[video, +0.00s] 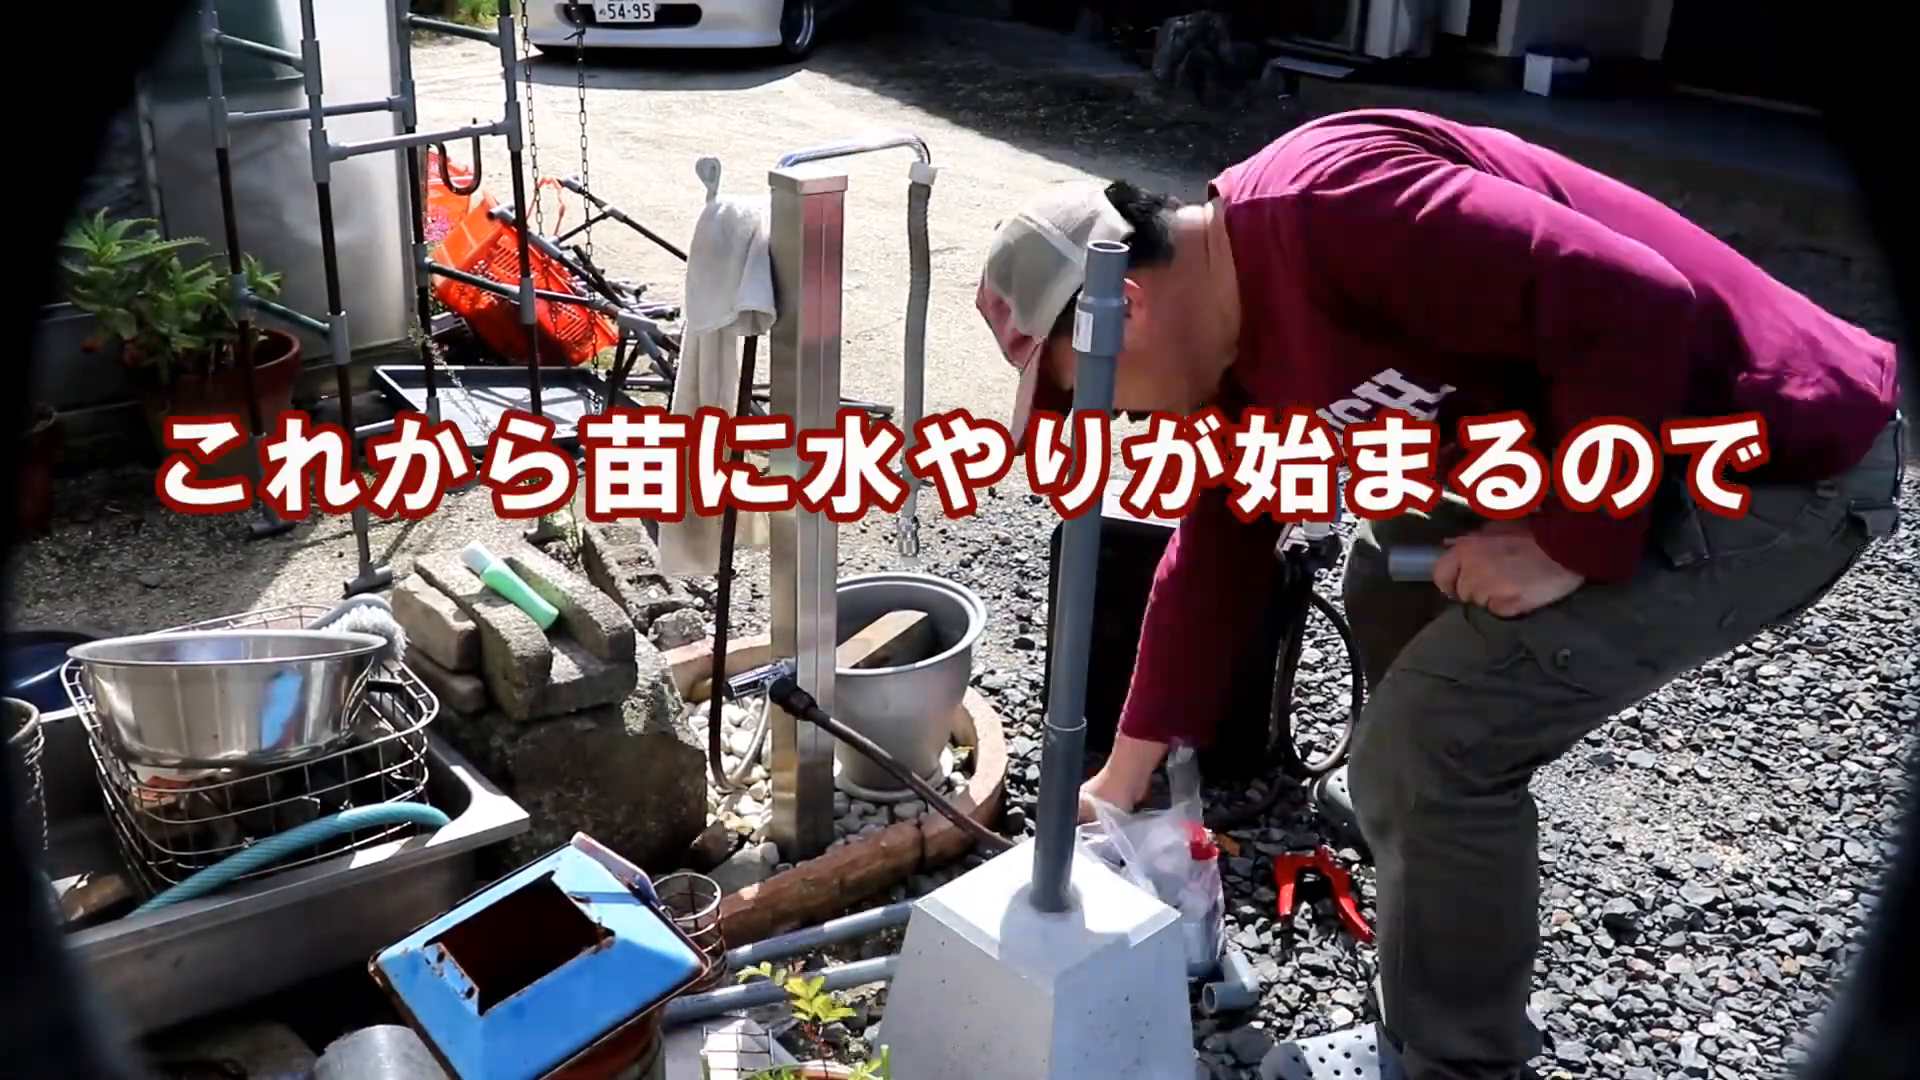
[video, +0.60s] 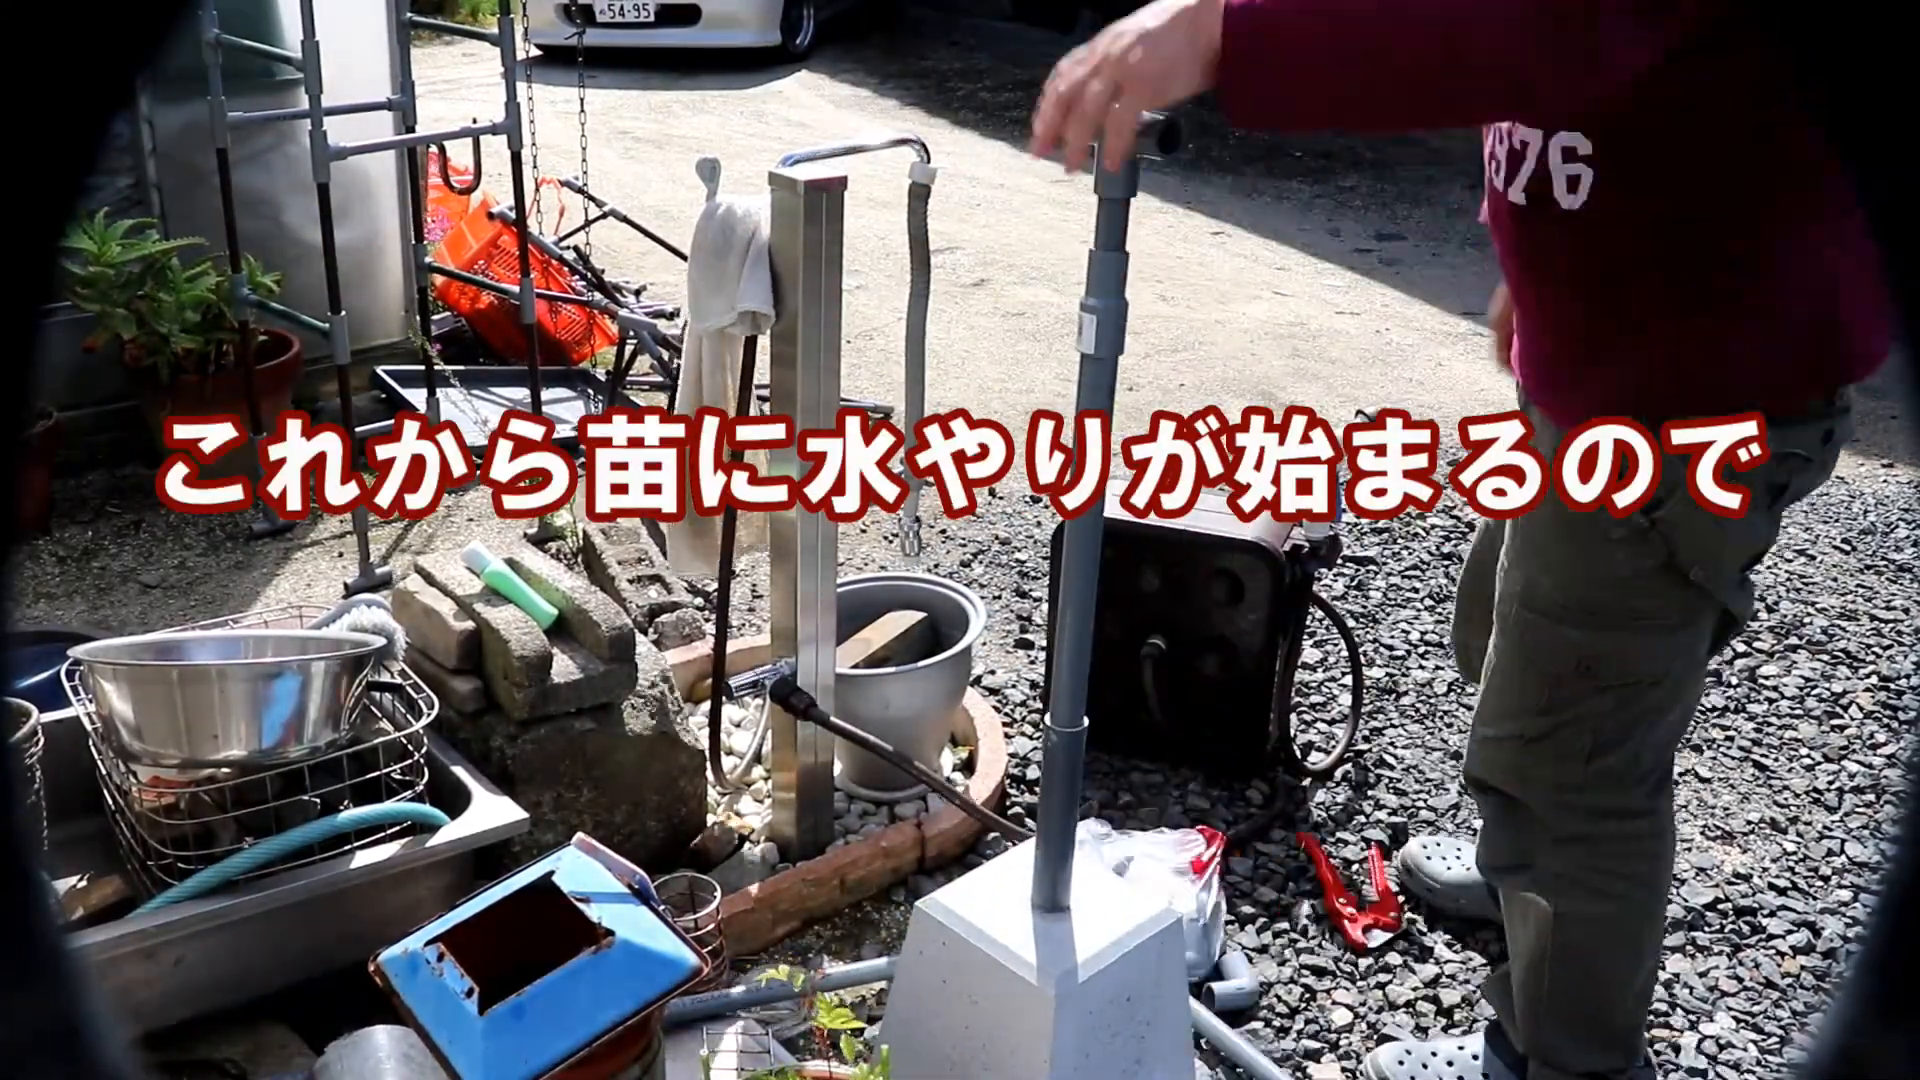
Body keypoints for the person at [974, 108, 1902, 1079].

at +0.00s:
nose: (1136, 427)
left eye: (1110, 400)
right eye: (1107, 419)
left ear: (1136, 302)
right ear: (1131, 293)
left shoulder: (1335, 210)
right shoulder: (1244, 341)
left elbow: (1647, 311)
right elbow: (1221, 536)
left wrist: (1564, 536)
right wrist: (1134, 762)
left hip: (1791, 463)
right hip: (1658, 442)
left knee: (1431, 730)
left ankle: (1456, 1060)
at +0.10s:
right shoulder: (1513, 8)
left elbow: (1754, 139)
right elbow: (1512, 130)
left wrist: (1573, 372)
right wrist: (1461, 356)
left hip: (1824, 374)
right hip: (1691, 337)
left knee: (1587, 757)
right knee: (1556, 647)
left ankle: (1570, 1051)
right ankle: (1558, 876)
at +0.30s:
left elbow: (1754, 28)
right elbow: (1611, 3)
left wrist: (1619, 94)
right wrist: (1556, 67)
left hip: (1714, 274)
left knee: (1586, 694)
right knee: (1626, 620)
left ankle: (1580, 1046)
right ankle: (1574, 875)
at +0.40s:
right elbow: (1552, 12)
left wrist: (1782, 148)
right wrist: (1522, 135)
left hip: (1740, 325)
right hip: (1619, 306)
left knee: (1619, 716)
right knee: (1575, 634)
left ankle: (1587, 1046)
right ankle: (1569, 881)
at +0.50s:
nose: (1182, 197)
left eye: (1176, 151)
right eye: (1157, 173)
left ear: (1278, 67)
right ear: (1283, 72)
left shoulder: (1547, 105)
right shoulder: (1332, 203)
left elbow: (1798, 330)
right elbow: (1340, 428)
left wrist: (1750, 629)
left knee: (1558, 756)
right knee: (1486, 624)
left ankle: (1562, 1055)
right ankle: (1531, 881)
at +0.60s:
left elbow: (1581, 42)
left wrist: (1225, 39)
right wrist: (1551, 271)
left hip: (1691, 387)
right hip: (1597, 355)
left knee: (1567, 771)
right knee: (1514, 641)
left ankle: (1557, 1055)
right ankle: (1533, 878)